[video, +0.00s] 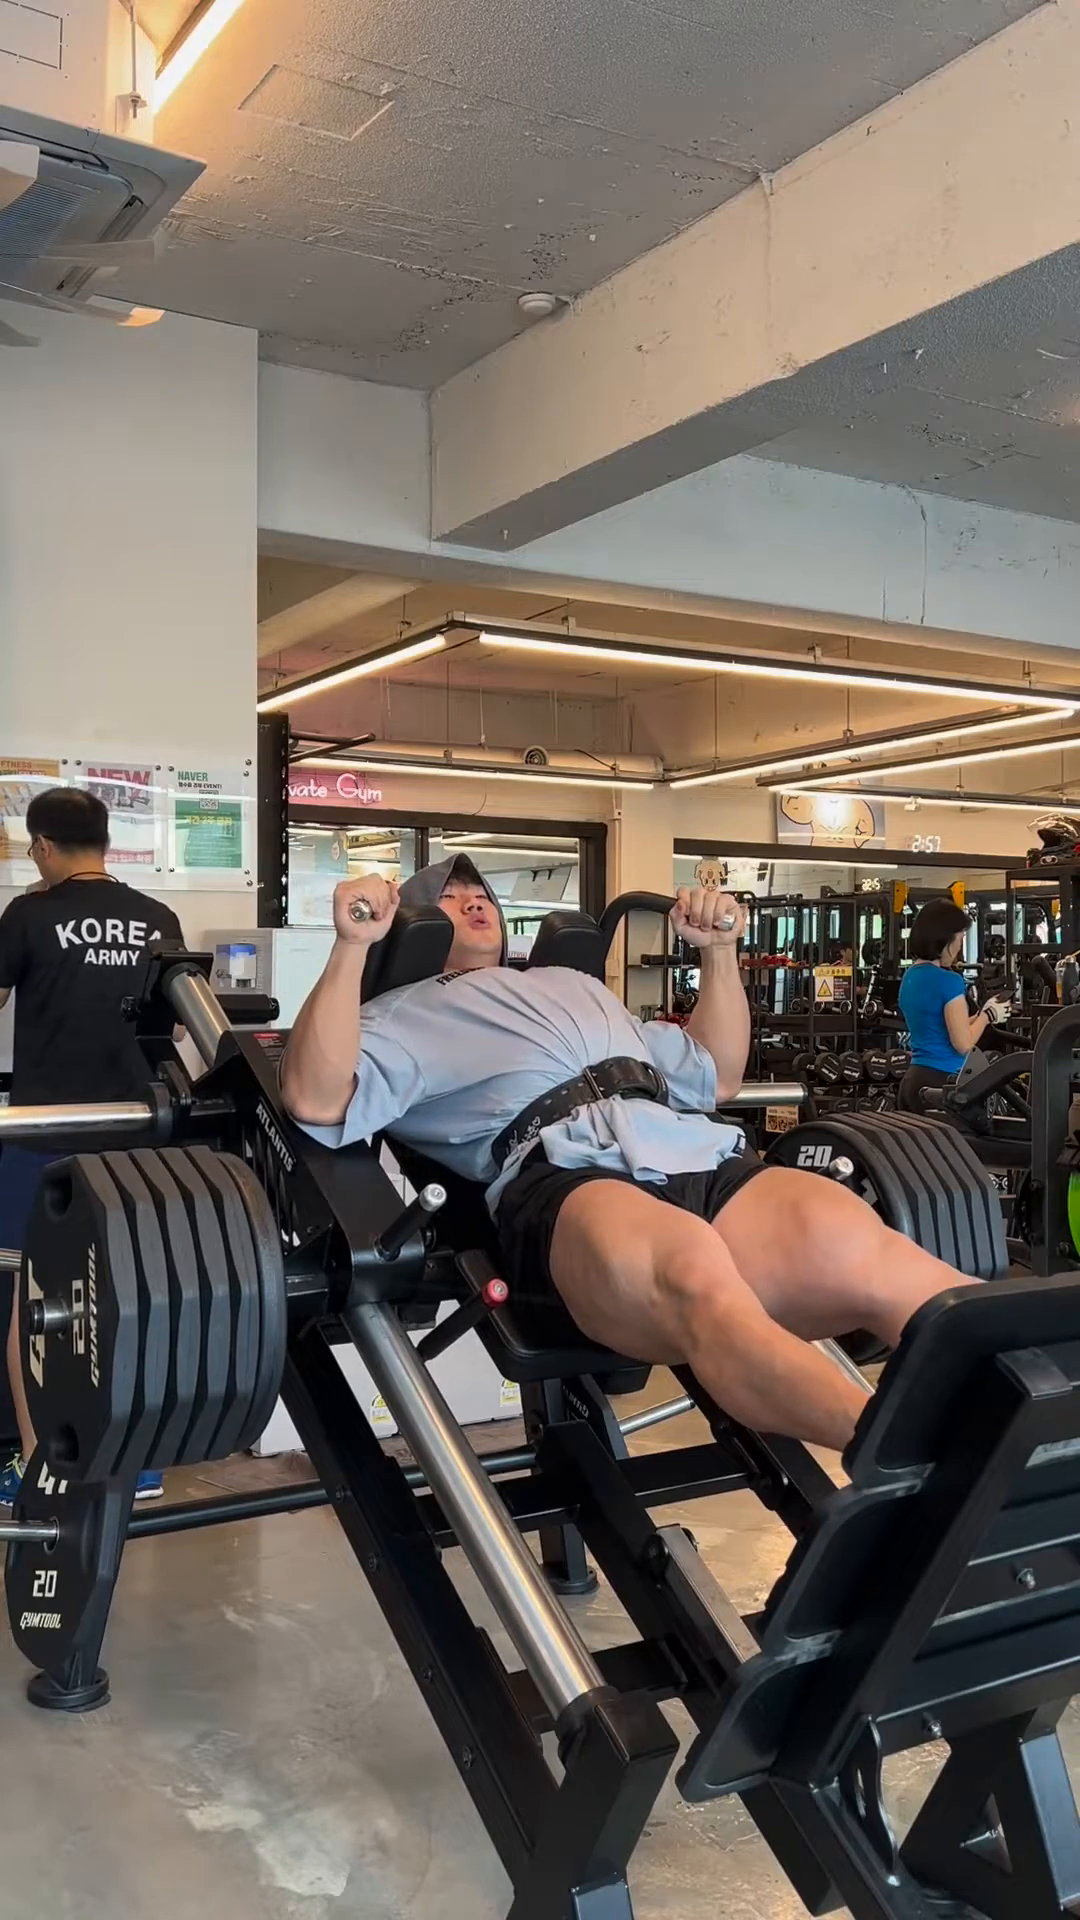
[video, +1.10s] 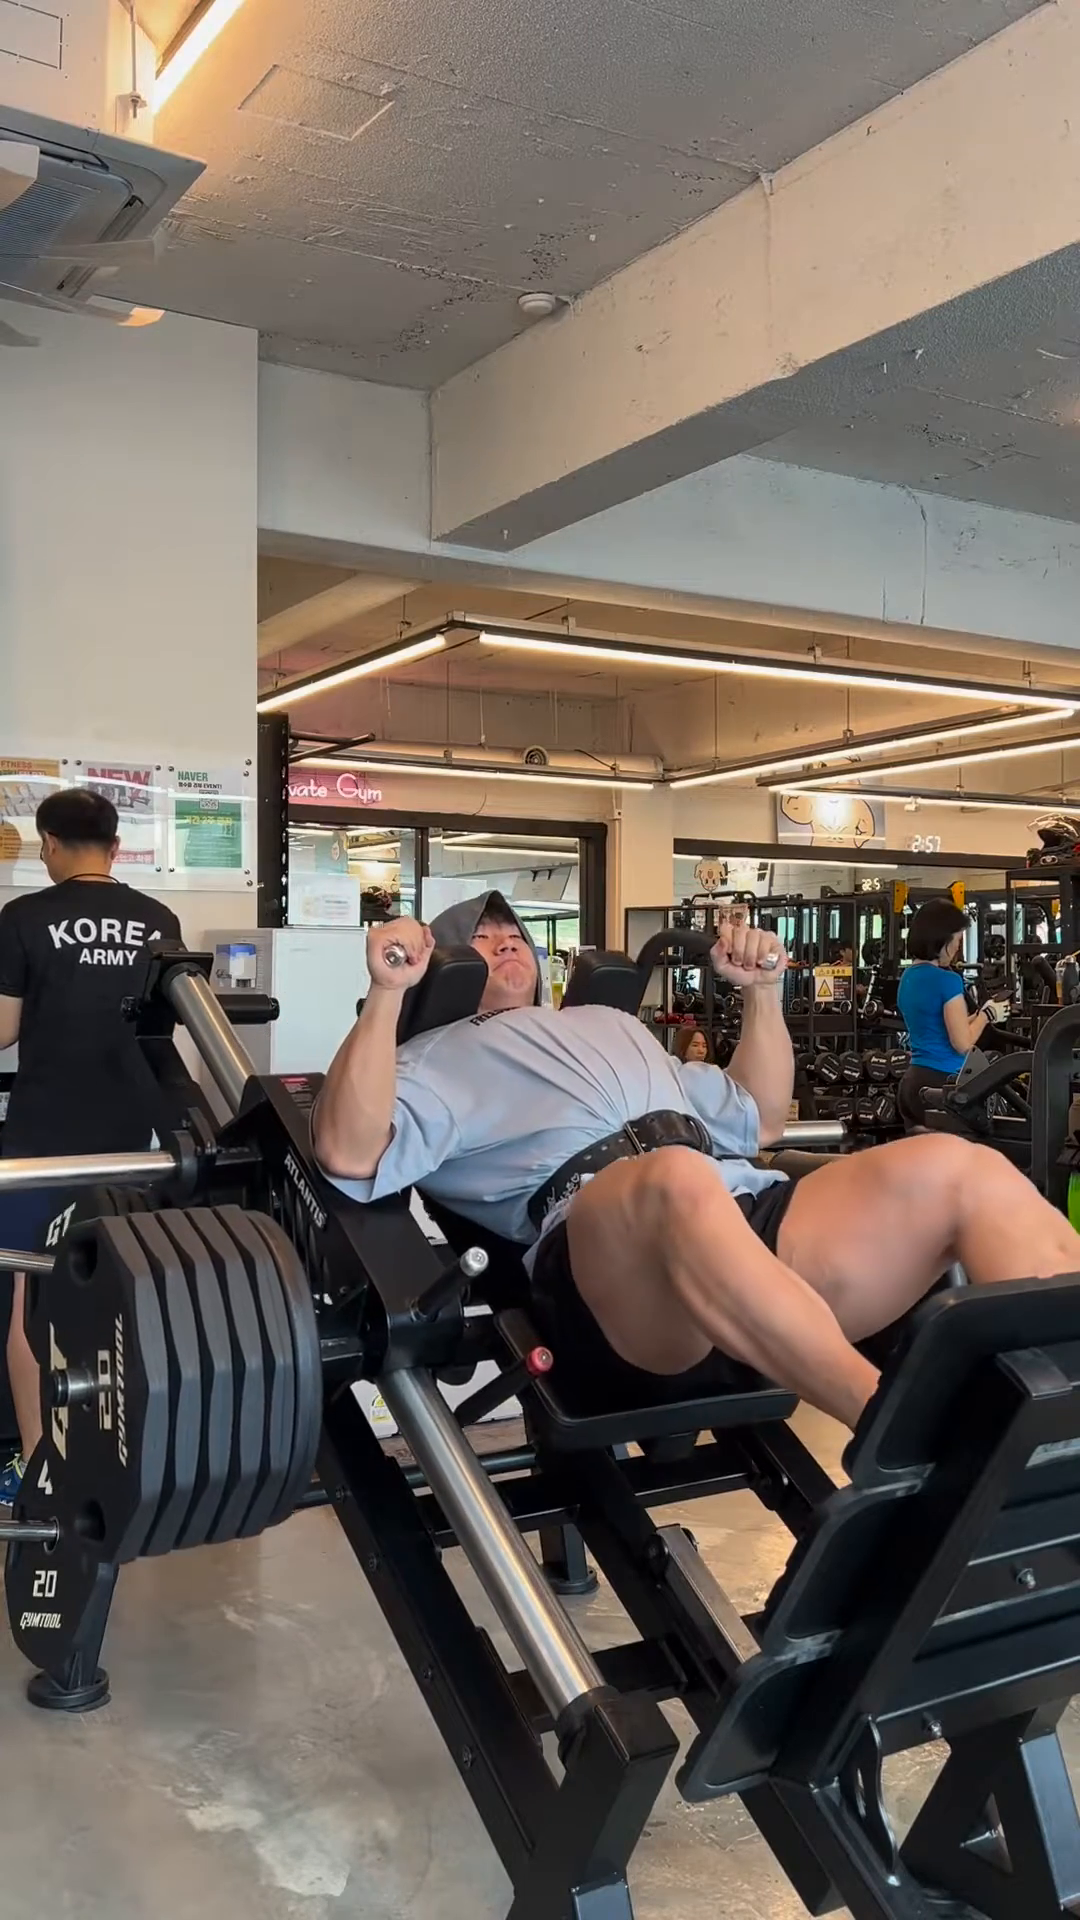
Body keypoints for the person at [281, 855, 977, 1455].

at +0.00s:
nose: (477, 902)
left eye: (484, 895)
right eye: (453, 894)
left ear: (502, 921)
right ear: (413, 928)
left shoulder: (575, 987)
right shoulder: (403, 1015)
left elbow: (711, 1073)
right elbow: (315, 1100)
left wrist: (718, 955)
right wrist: (350, 949)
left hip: (697, 1162)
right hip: (560, 1183)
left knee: (844, 1236)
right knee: (692, 1279)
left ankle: (1052, 1370)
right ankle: (896, 1448)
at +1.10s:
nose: (501, 943)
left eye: (512, 934)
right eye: (477, 940)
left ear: (539, 961)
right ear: (451, 984)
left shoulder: (615, 1029)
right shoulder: (439, 1061)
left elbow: (760, 1118)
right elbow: (349, 1156)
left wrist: (758, 989)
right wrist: (384, 998)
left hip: (756, 1230)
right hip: (603, 1279)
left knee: (959, 1170)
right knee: (674, 1182)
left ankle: (1070, 1386)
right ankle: (896, 1424)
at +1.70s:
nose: (544, 997)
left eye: (555, 985)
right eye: (521, 987)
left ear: (581, 1013)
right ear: (483, 1026)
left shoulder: (663, 1090)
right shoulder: (478, 1127)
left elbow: (817, 1178)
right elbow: (389, 1227)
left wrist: (816, 1046)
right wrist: (434, 1059)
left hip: (818, 1322)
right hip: (672, 1389)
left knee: (997, 1151)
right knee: (667, 1164)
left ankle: (1068, 1391)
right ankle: (893, 1415)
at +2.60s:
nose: (619, 1068)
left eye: (623, 1054)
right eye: (587, 1059)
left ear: (646, 1086)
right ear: (544, 1096)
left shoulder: (733, 1175)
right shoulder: (541, 1222)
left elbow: (887, 1248)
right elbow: (458, 1341)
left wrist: (904, 1130)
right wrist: (503, 1154)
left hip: (904, 1365)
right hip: (766, 1460)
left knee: (1011, 1142)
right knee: (666, 1173)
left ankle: (1073, 1383)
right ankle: (890, 1415)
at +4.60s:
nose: (566, 1009)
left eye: (572, 994)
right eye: (541, 996)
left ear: (595, 1025)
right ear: (494, 1035)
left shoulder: (656, 1113)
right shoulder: (491, 1152)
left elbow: (837, 1197)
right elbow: (405, 1252)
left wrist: (835, 1070)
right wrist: (452, 1076)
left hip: (849, 1351)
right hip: (702, 1411)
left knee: (989, 1132)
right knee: (689, 1137)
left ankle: (1072, 1371)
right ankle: (885, 1403)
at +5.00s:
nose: (516, 958)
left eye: (526, 948)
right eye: (493, 951)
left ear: (552, 974)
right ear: (460, 992)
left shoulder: (624, 1057)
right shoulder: (442, 1078)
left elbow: (774, 1135)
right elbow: (358, 1170)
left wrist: (774, 1009)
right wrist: (399, 1011)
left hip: (776, 1253)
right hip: (623, 1308)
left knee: (976, 1149)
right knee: (667, 1166)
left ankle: (1072, 1382)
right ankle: (896, 1424)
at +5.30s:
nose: (486, 909)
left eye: (493, 902)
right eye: (465, 902)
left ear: (511, 934)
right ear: (429, 938)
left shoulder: (586, 1009)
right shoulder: (406, 1028)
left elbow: (726, 1081)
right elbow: (322, 1111)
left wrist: (726, 961)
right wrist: (360, 961)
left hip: (711, 1165)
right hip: (574, 1182)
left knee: (903, 1191)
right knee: (688, 1221)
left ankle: (1076, 1344)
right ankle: (906, 1438)